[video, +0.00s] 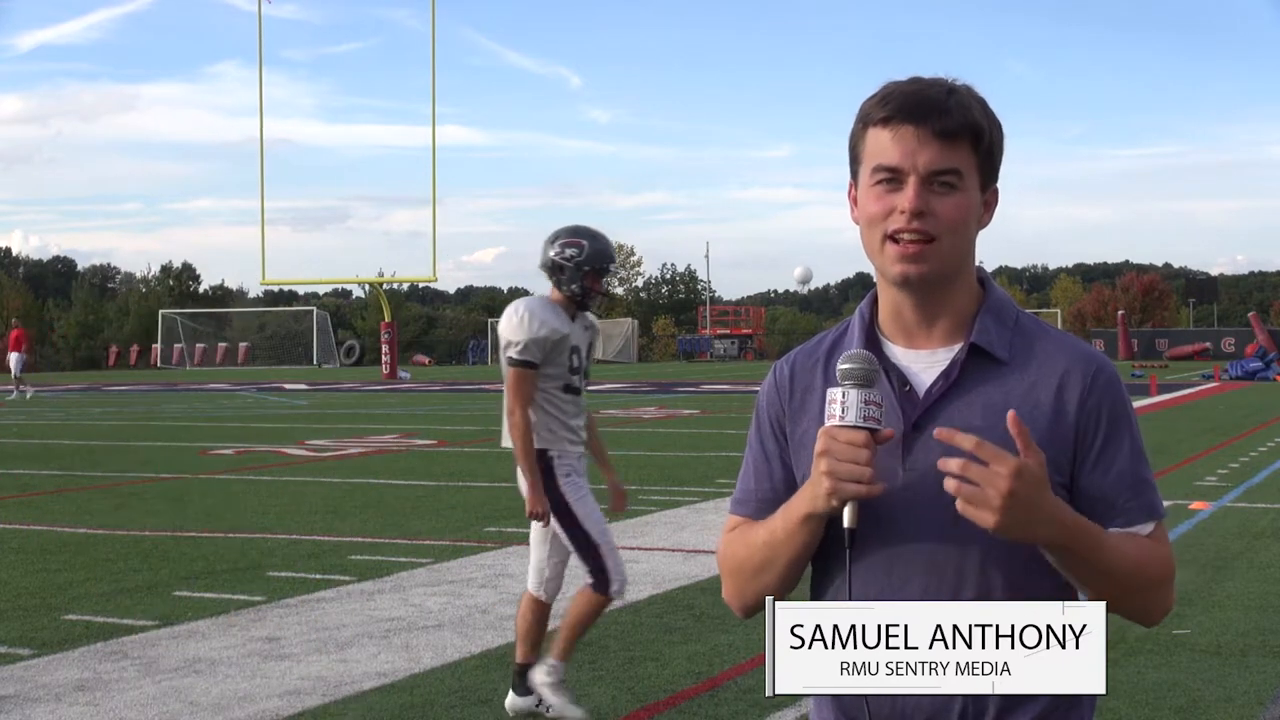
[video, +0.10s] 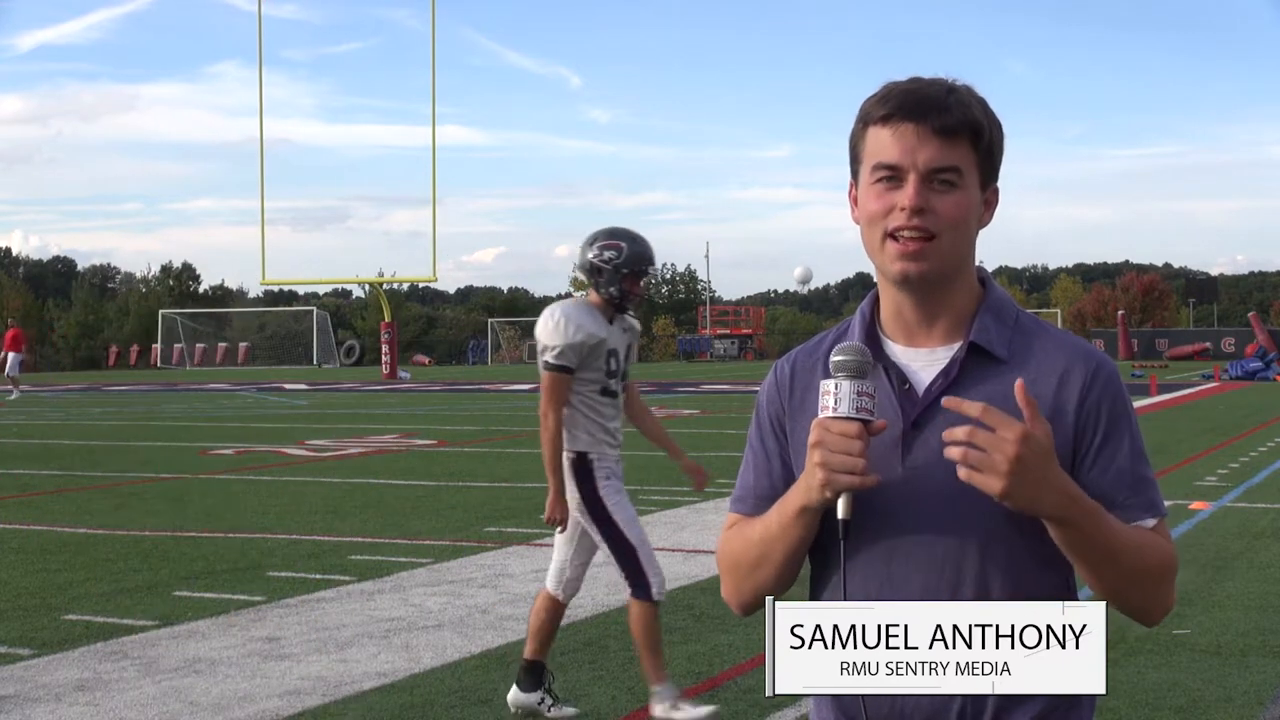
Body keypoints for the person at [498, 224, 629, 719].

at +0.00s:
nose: (602, 285)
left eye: (603, 275)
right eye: (596, 275)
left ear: (578, 272)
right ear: (571, 272)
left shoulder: (585, 327)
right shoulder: (527, 317)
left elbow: (578, 410)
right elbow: (517, 410)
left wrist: (609, 474)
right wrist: (532, 484)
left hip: (568, 462)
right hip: (546, 463)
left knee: (543, 582)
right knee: (607, 578)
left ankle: (522, 690)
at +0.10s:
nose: (641, 286)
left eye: (643, 277)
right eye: (635, 277)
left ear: (623, 276)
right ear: (607, 274)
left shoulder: (625, 328)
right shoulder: (565, 321)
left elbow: (631, 402)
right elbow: (549, 410)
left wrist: (681, 457)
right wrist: (556, 490)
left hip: (604, 464)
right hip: (582, 465)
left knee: (562, 582)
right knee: (644, 580)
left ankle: (528, 686)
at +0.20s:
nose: (682, 292)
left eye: (683, 283)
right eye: (675, 283)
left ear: (661, 280)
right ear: (648, 280)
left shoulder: (666, 333)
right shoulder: (607, 328)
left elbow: (679, 403)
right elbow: (586, 420)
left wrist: (741, 442)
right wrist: (590, 498)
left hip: (645, 468)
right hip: (625, 470)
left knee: (596, 586)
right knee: (675, 590)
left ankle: (538, 678)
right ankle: (712, 706)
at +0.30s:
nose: (724, 294)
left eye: (726, 284)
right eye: (718, 284)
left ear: (698, 283)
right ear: (691, 281)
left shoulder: (707, 331)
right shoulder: (648, 329)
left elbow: (711, 402)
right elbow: (631, 422)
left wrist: (758, 440)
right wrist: (636, 500)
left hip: (693, 468)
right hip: (668, 469)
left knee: (669, 596)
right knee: (705, 587)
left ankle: (579, 659)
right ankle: (718, 706)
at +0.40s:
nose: (765, 289)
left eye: (766, 280)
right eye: (760, 280)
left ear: (734, 277)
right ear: (735, 276)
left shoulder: (742, 323)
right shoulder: (689, 322)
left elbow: (736, 387)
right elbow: (679, 416)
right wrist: (695, 496)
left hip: (743, 464)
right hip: (708, 466)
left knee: (746, 588)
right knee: (721, 590)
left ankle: (657, 646)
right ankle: (719, 706)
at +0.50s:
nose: (805, 285)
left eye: (807, 275)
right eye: (800, 274)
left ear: (771, 269)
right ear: (775, 269)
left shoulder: (784, 323)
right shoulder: (733, 317)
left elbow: (785, 399)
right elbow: (726, 408)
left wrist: (792, 458)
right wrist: (747, 467)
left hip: (775, 464)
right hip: (738, 467)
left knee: (787, 578)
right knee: (738, 587)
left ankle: (756, 674)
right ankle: (723, 698)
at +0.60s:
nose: (851, 288)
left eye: (853, 279)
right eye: (846, 278)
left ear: (808, 271)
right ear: (822, 274)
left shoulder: (822, 323)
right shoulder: (775, 314)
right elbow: (775, 400)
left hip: (807, 467)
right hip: (767, 468)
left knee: (833, 576)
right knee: (752, 584)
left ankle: (830, 693)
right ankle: (727, 693)